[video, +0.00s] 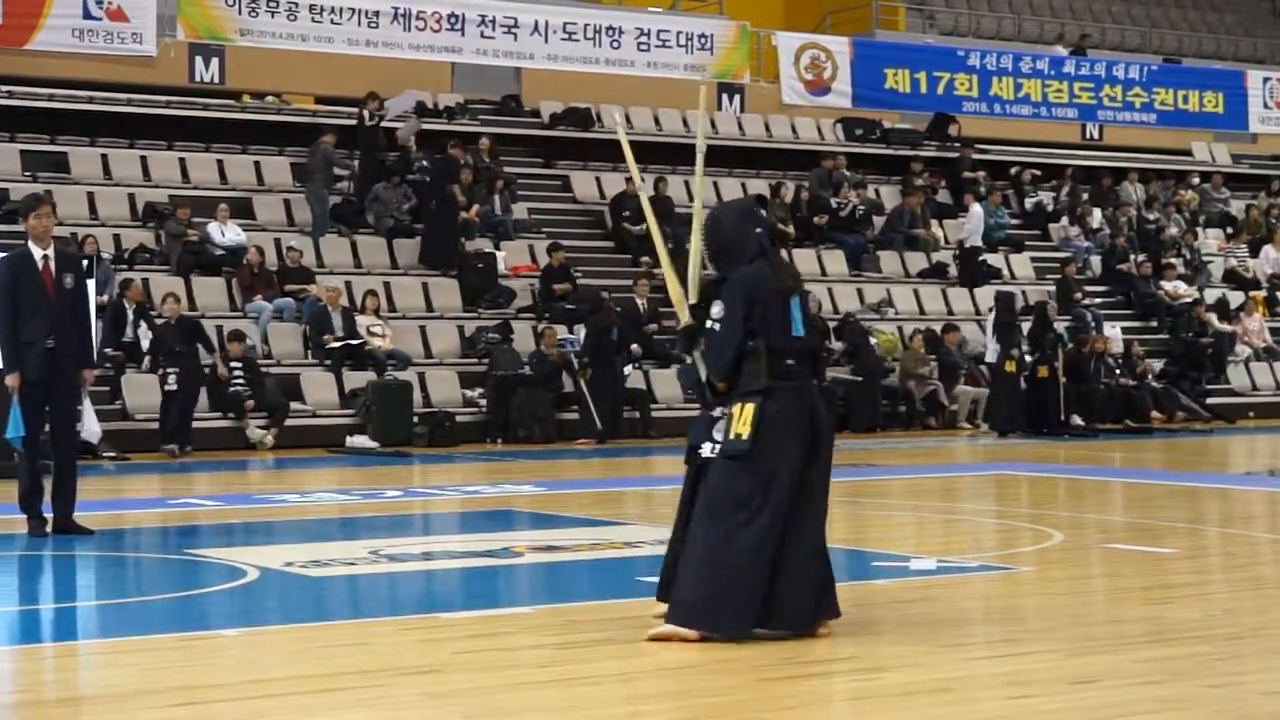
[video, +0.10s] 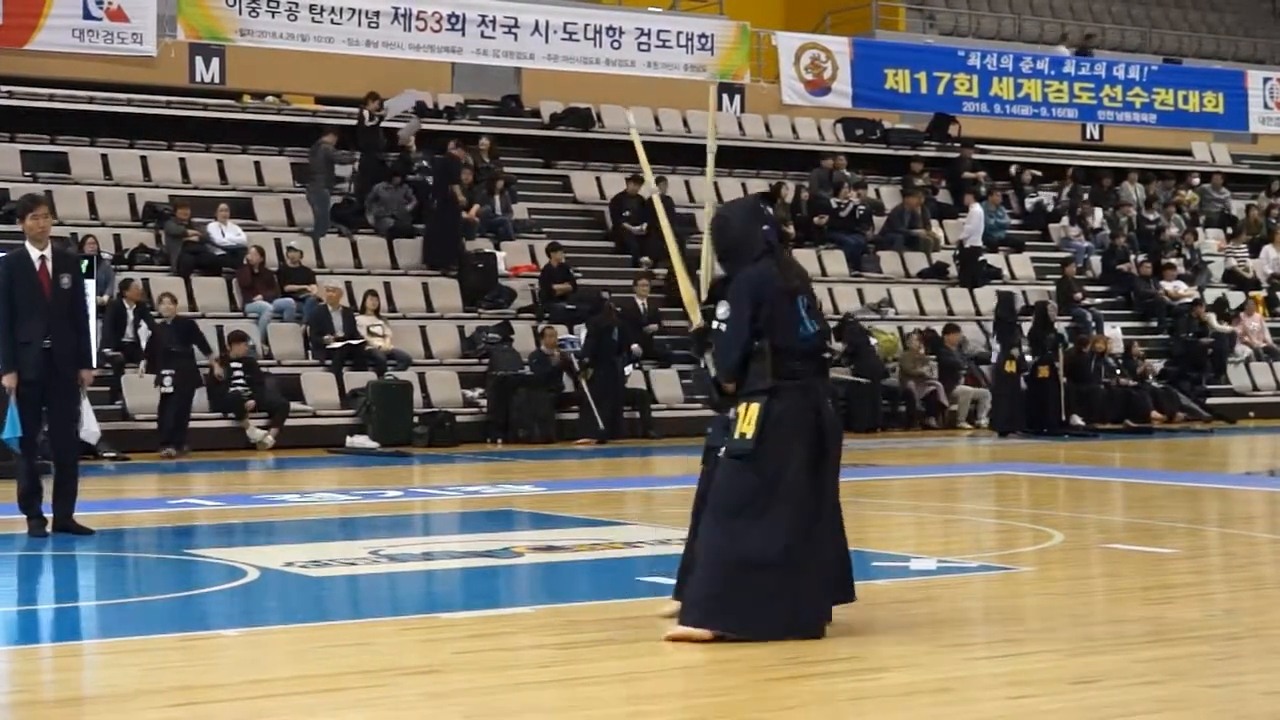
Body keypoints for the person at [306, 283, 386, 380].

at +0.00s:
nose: (330, 294)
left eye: (333, 291)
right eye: (327, 291)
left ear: (340, 294)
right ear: (324, 293)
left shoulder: (347, 311)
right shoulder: (317, 312)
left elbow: (353, 333)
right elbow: (314, 337)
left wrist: (362, 340)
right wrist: (324, 340)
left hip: (346, 343)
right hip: (328, 345)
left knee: (359, 351)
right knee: (337, 354)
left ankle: (361, 383)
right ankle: (338, 388)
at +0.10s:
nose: (329, 294)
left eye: (333, 291)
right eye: (327, 291)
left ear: (340, 294)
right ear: (324, 293)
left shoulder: (347, 311)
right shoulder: (318, 311)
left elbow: (353, 333)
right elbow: (314, 337)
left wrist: (361, 340)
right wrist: (324, 340)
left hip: (346, 343)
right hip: (327, 345)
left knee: (359, 350)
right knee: (339, 352)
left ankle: (361, 381)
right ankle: (338, 386)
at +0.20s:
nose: (331, 294)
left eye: (334, 291)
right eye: (328, 291)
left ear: (341, 295)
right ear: (325, 294)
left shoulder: (348, 312)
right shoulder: (318, 312)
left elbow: (353, 333)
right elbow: (314, 336)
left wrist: (361, 340)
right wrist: (324, 340)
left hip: (347, 343)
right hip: (328, 345)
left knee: (359, 351)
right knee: (339, 353)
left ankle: (361, 381)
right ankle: (337, 384)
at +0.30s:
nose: (331, 294)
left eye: (334, 291)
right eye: (329, 291)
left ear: (342, 294)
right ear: (326, 293)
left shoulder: (348, 312)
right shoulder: (319, 312)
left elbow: (353, 333)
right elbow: (314, 336)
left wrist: (361, 339)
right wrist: (324, 340)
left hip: (347, 343)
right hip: (328, 345)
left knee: (359, 351)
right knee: (338, 353)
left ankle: (361, 381)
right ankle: (337, 385)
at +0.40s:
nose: (331, 294)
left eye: (334, 291)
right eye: (329, 291)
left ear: (342, 294)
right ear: (326, 293)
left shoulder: (348, 312)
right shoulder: (319, 312)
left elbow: (353, 333)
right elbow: (314, 336)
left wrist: (361, 339)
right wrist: (324, 340)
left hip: (347, 343)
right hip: (328, 345)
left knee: (359, 351)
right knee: (338, 353)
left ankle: (361, 381)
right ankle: (337, 385)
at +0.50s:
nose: (332, 295)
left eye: (336, 292)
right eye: (330, 291)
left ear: (342, 295)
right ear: (327, 293)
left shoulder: (348, 312)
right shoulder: (319, 312)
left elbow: (353, 333)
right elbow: (314, 336)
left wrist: (361, 340)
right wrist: (324, 340)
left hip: (347, 344)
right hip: (328, 345)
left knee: (360, 351)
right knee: (339, 354)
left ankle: (360, 382)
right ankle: (337, 384)